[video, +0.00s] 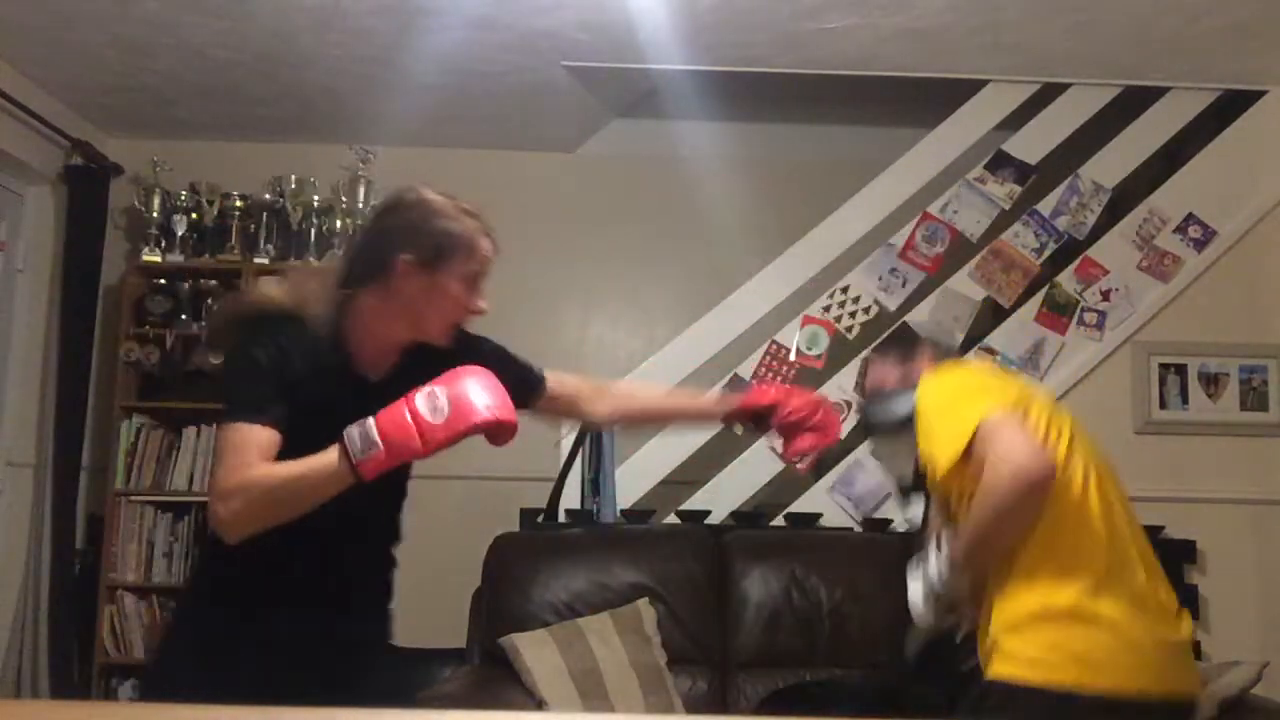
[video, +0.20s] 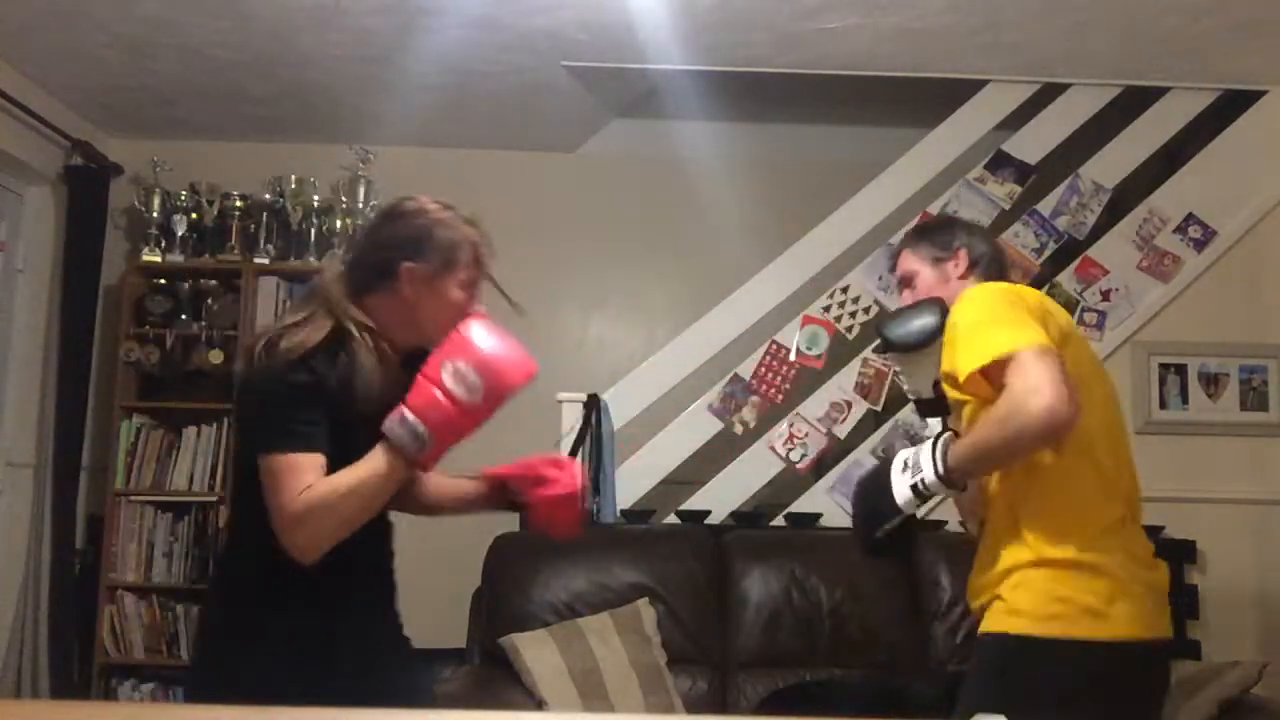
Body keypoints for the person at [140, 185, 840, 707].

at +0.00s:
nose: (475, 306)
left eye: (479, 289)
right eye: (466, 287)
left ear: (415, 280)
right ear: (404, 273)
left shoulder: (444, 357)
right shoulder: (277, 349)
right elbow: (231, 510)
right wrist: (387, 438)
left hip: (351, 664)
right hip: (227, 664)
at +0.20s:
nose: (474, 309)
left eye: (476, 290)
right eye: (466, 287)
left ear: (413, 283)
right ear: (410, 280)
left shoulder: (397, 362)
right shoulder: (293, 363)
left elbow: (396, 487)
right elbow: (303, 532)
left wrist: (500, 489)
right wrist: (413, 434)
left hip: (362, 646)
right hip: (270, 659)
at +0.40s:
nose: (377, 321)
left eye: (380, 303)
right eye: (370, 299)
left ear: (318, 298)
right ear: (313, 294)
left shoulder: (306, 380)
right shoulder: (201, 381)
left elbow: (319, 505)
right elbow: (266, 526)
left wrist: (407, 447)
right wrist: (363, 408)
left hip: (277, 666)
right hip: (180, 673)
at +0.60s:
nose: (356, 278)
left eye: (361, 261)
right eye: (348, 255)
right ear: (289, 240)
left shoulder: (309, 333)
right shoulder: (168, 317)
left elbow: (360, 449)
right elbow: (198, 465)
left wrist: (422, 378)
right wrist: (314, 363)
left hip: (258, 601)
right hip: (152, 598)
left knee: (304, 714)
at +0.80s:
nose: (348, 307)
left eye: (354, 292)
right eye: (341, 288)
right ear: (286, 280)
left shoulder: (304, 372)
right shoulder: (170, 366)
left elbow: (315, 497)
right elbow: (207, 506)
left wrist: (387, 444)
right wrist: (306, 380)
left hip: (281, 648)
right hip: (178, 653)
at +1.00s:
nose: (441, 293)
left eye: (441, 274)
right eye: (429, 271)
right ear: (367, 265)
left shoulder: (402, 351)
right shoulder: (262, 350)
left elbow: (521, 404)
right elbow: (233, 487)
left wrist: (592, 358)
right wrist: (337, 376)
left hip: (384, 622)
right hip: (280, 624)